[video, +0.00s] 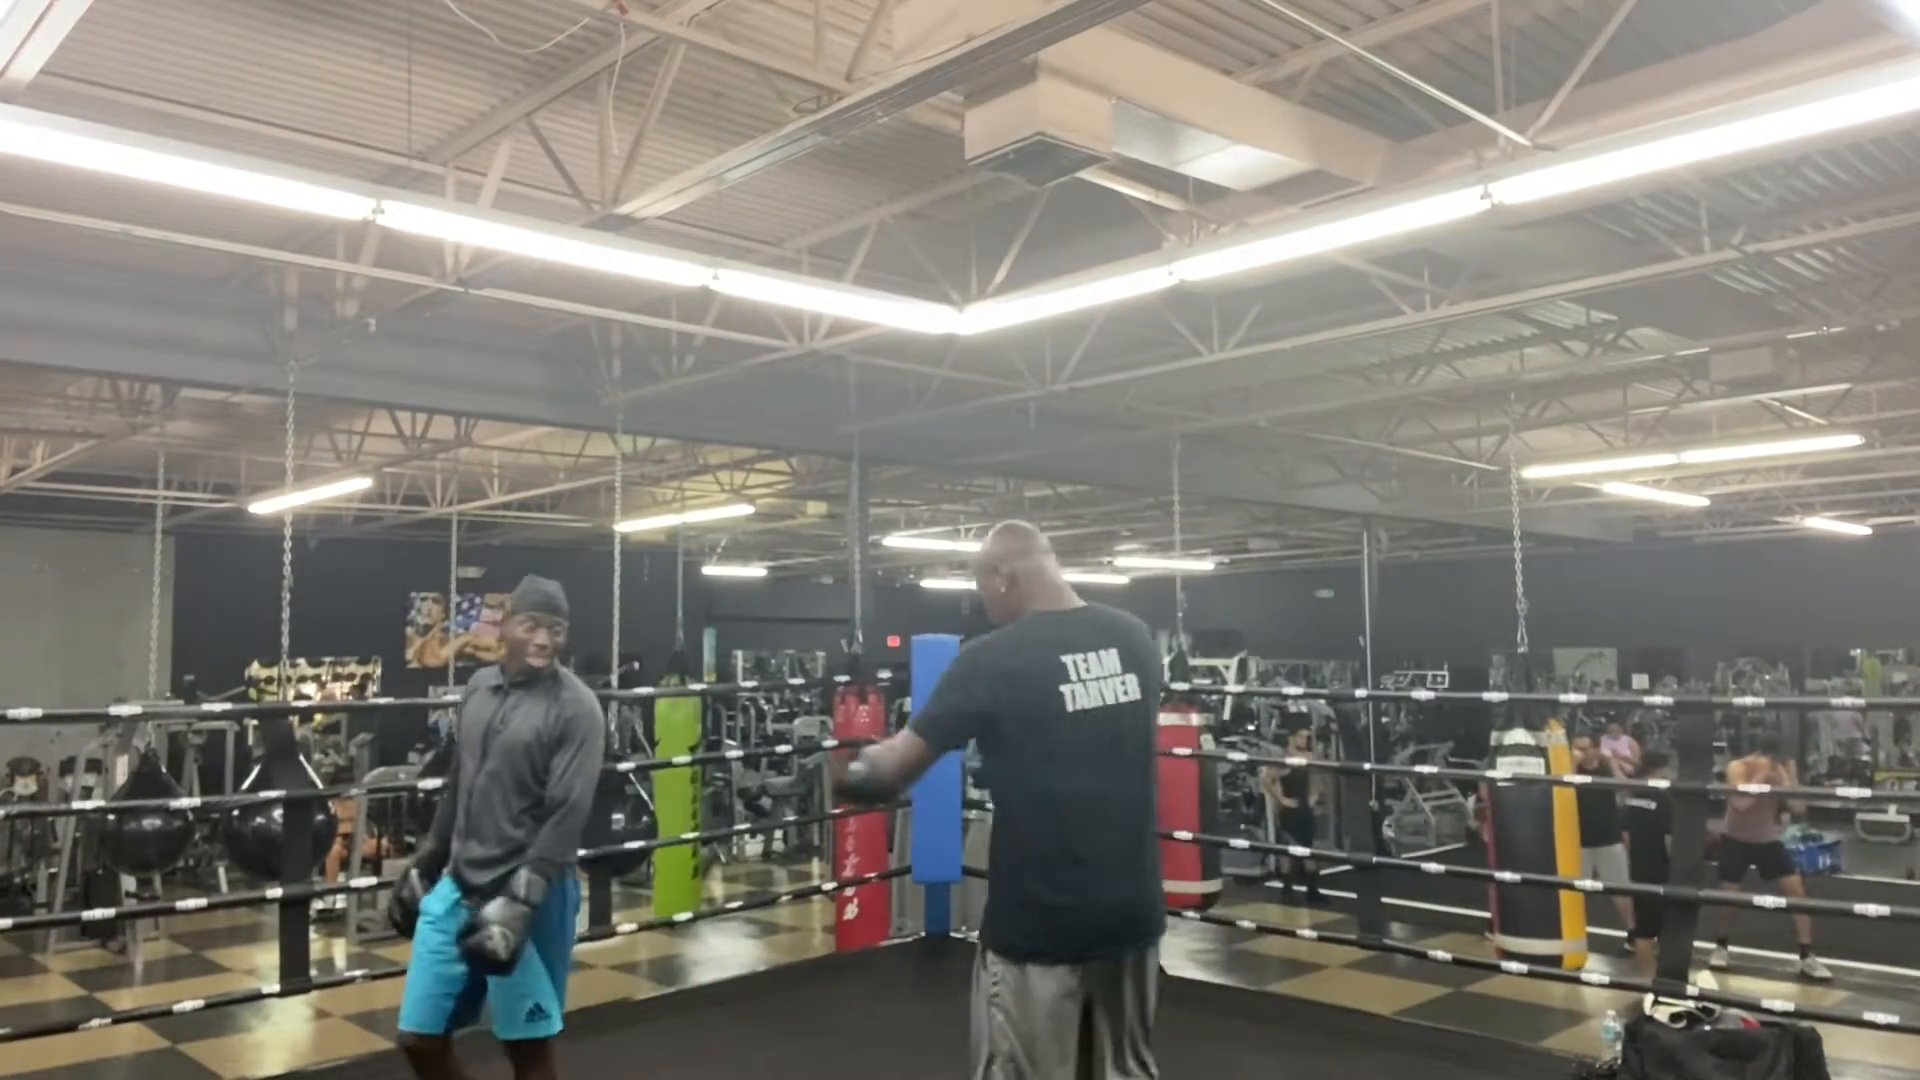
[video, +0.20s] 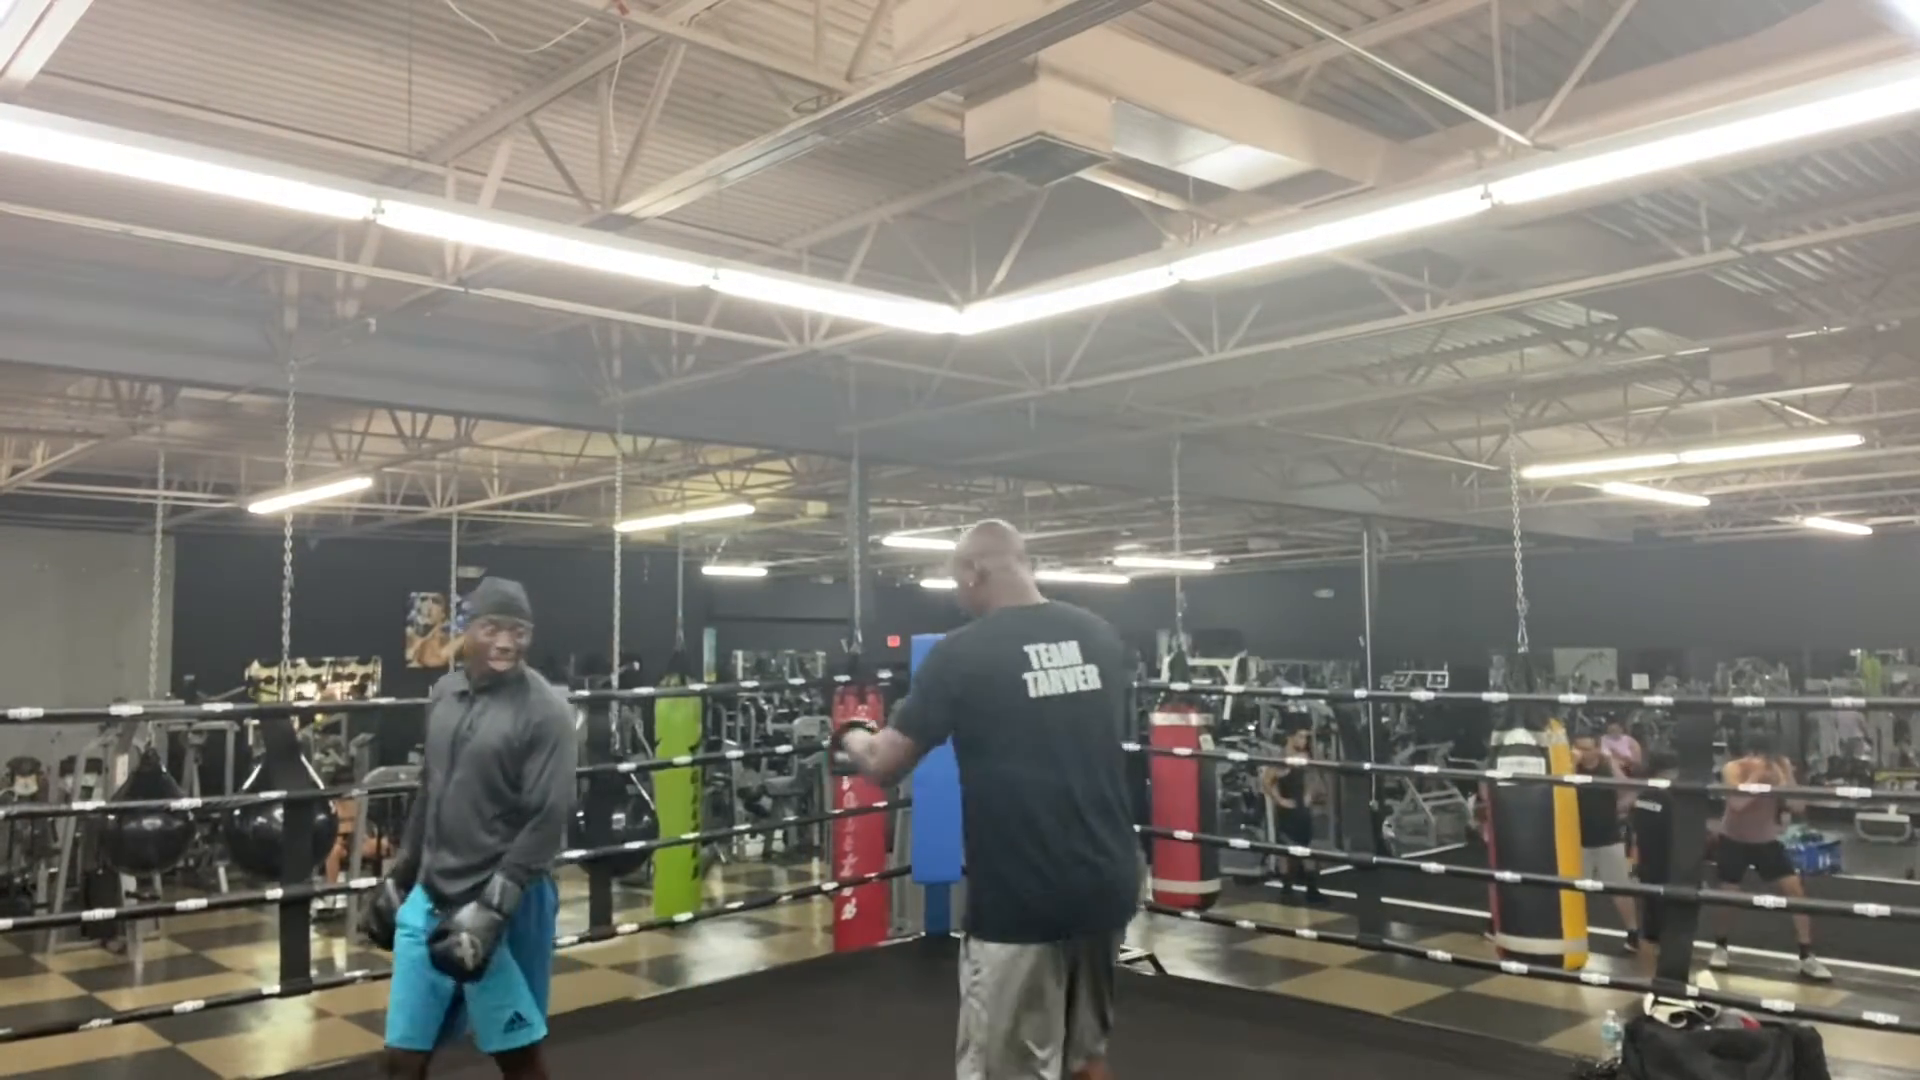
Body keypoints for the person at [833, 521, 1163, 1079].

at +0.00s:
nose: (984, 608)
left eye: (982, 590)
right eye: (981, 592)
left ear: (1004, 576)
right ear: (1055, 566)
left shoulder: (989, 660)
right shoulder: (1134, 635)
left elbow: (896, 765)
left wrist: (861, 766)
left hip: (1036, 918)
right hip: (1133, 909)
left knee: (1021, 1068)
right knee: (1127, 1066)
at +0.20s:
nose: (960, 595)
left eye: (958, 583)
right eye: (957, 584)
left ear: (975, 576)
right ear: (1025, 567)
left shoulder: (961, 653)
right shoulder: (1100, 635)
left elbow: (885, 763)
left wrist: (853, 738)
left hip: (1016, 894)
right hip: (1108, 879)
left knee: (1002, 1065)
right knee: (1087, 1055)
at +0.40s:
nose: (928, 606)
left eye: (933, 592)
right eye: (928, 593)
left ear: (962, 586)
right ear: (987, 585)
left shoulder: (947, 663)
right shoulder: (1069, 656)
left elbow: (942, 782)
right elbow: (1097, 761)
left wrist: (900, 772)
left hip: (984, 902)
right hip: (1066, 890)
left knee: (995, 1065)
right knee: (1046, 1059)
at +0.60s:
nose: (916, 586)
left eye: (924, 573)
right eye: (918, 575)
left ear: (961, 574)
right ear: (977, 576)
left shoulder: (946, 649)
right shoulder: (1042, 647)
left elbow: (919, 757)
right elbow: (1011, 746)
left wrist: (871, 738)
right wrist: (906, 738)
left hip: (962, 871)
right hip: (1041, 864)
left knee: (930, 1033)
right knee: (1030, 1040)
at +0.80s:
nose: (892, 581)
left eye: (903, 568)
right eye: (896, 569)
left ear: (940, 574)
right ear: (952, 576)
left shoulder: (926, 648)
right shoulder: (1005, 640)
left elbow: (892, 749)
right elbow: (971, 737)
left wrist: (849, 724)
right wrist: (885, 721)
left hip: (934, 868)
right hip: (1011, 861)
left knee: (890, 1018)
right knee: (1020, 1025)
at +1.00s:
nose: (844, 592)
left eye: (855, 581)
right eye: (846, 582)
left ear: (895, 587)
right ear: (901, 589)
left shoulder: (886, 665)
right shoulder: (951, 645)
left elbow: (872, 775)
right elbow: (936, 746)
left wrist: (822, 744)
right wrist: (862, 723)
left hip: (898, 874)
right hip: (965, 864)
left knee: (863, 1013)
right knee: (968, 1013)